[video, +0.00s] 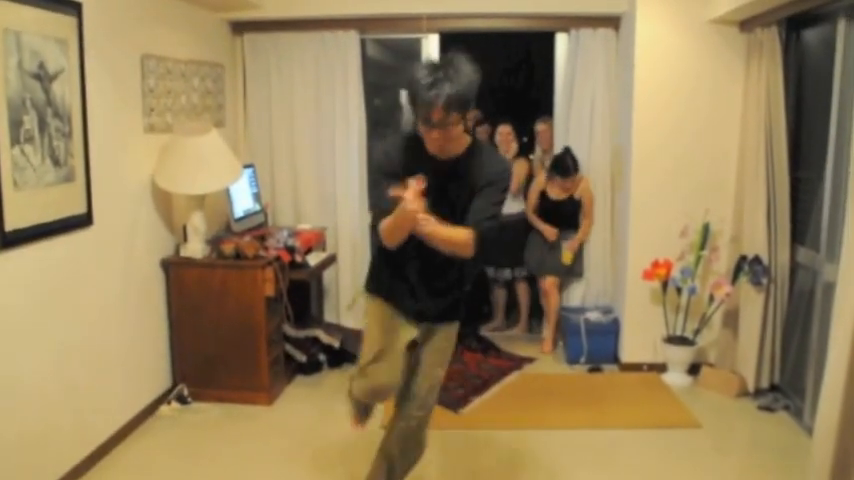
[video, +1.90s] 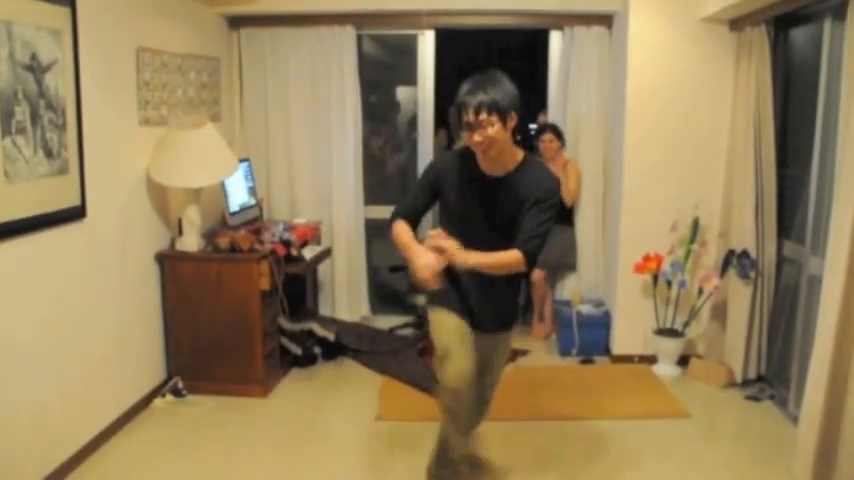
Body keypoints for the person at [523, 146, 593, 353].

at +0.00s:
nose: (567, 185)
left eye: (570, 180)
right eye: (563, 181)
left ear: (576, 175)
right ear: (553, 176)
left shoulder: (583, 187)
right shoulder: (541, 182)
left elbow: (587, 219)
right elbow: (529, 211)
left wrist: (575, 242)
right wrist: (544, 228)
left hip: (568, 234)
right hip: (542, 231)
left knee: (550, 283)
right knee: (543, 284)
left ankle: (549, 333)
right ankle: (551, 329)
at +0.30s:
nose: (565, 213)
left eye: (569, 210)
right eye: (562, 209)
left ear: (576, 204)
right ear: (555, 198)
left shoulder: (580, 208)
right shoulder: (542, 194)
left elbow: (582, 238)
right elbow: (526, 220)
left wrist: (583, 273)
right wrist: (540, 244)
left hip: (565, 240)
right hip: (538, 237)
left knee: (548, 284)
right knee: (540, 286)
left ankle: (551, 333)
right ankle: (550, 328)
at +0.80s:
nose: (568, 211)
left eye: (570, 207)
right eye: (564, 207)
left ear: (574, 202)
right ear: (553, 201)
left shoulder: (578, 208)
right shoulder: (538, 199)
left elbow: (581, 238)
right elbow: (528, 227)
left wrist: (582, 269)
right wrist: (539, 246)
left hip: (564, 240)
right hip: (540, 239)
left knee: (548, 282)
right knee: (540, 283)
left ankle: (550, 330)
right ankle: (550, 327)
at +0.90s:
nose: (563, 194)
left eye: (567, 188)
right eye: (559, 188)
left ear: (573, 186)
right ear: (550, 187)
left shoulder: (579, 197)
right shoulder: (539, 194)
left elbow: (582, 222)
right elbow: (532, 223)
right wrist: (538, 236)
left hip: (563, 235)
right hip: (541, 233)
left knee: (548, 279)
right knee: (539, 281)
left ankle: (550, 329)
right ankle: (550, 325)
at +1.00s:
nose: (559, 180)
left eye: (563, 175)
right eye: (554, 175)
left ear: (571, 175)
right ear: (547, 176)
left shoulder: (578, 190)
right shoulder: (538, 189)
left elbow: (580, 223)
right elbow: (536, 221)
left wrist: (561, 227)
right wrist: (549, 224)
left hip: (564, 235)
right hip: (539, 235)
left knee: (548, 279)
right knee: (539, 281)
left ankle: (550, 329)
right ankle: (550, 325)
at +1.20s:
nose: (554, 154)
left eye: (559, 149)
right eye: (550, 150)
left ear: (568, 152)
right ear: (545, 153)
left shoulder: (576, 173)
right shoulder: (539, 173)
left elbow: (578, 209)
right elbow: (533, 203)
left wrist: (563, 194)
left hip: (564, 229)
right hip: (542, 227)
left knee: (548, 278)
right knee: (544, 279)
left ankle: (549, 329)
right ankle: (550, 327)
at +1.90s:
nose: (546, 146)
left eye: (551, 141)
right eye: (543, 141)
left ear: (560, 144)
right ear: (538, 146)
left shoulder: (569, 165)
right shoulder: (537, 167)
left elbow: (569, 198)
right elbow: (531, 198)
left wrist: (561, 171)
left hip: (561, 225)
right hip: (539, 224)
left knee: (538, 274)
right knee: (544, 279)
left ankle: (536, 319)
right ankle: (548, 323)